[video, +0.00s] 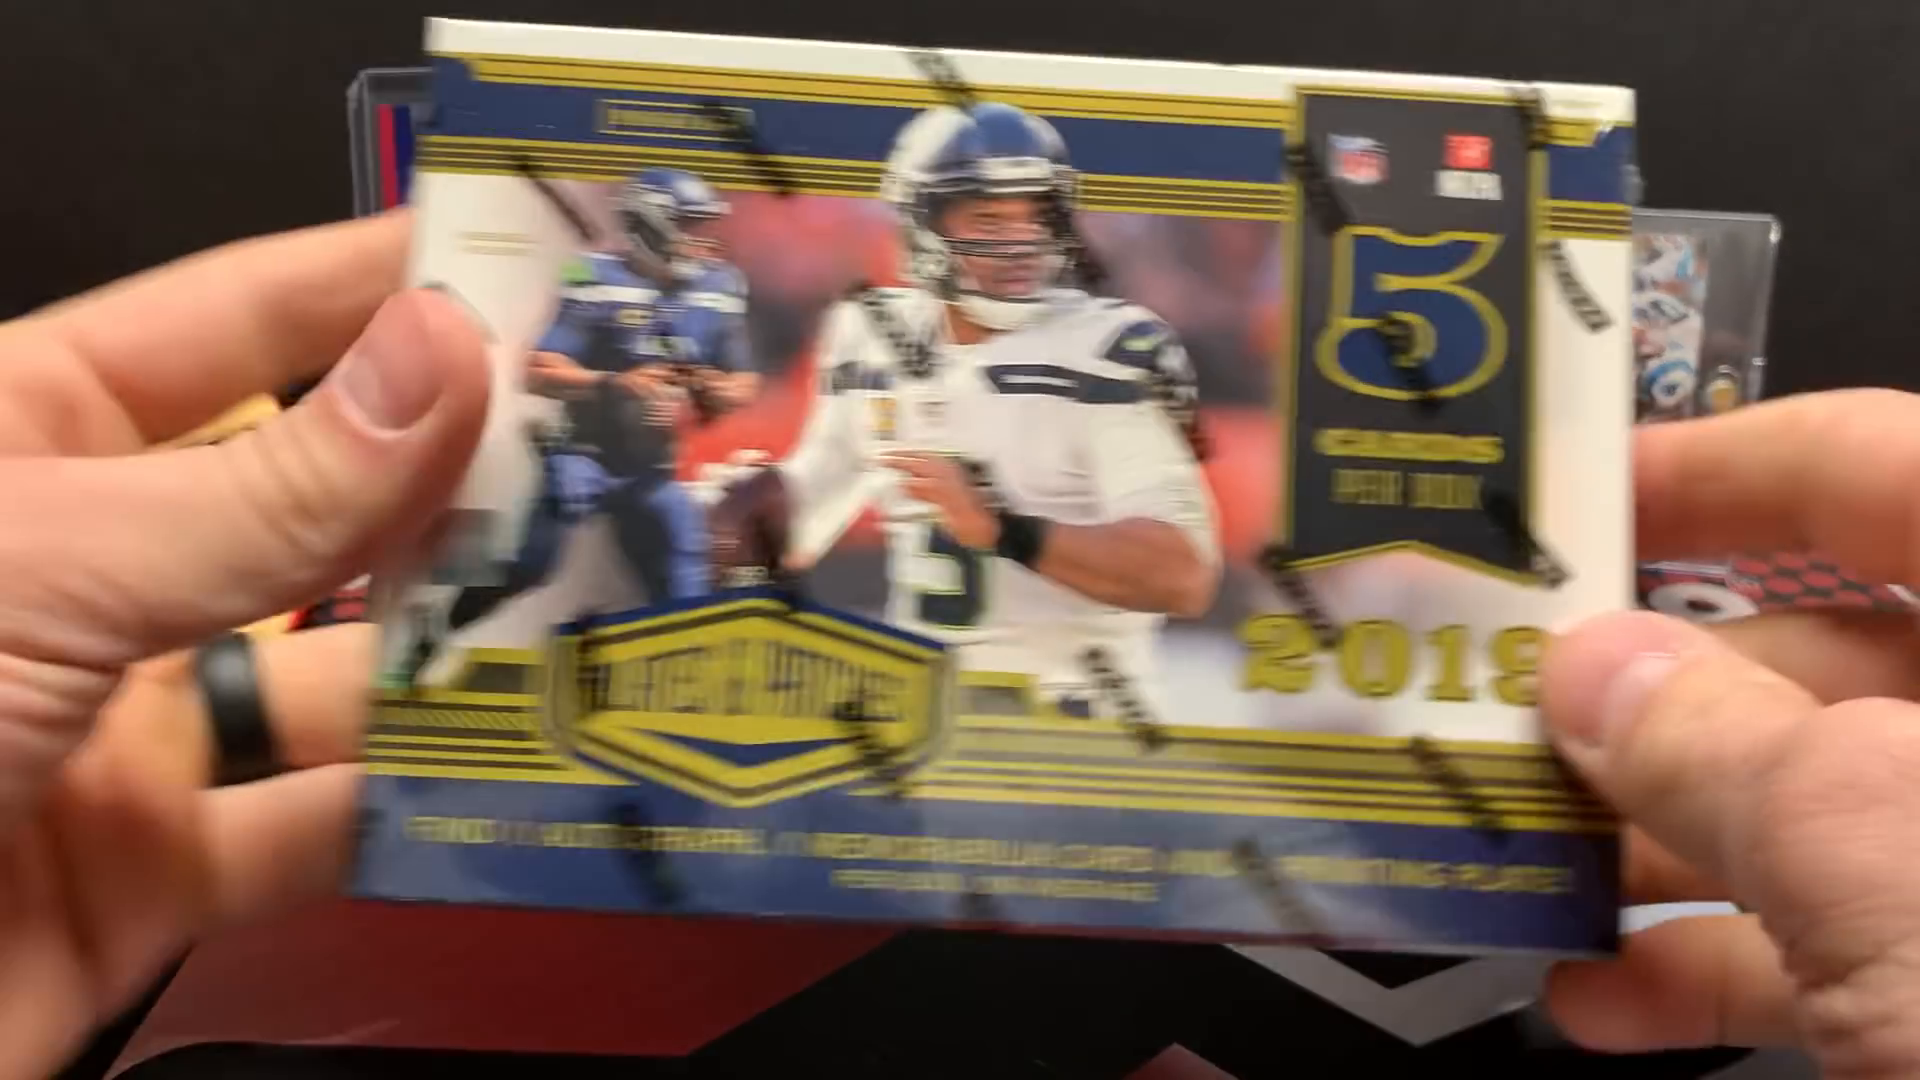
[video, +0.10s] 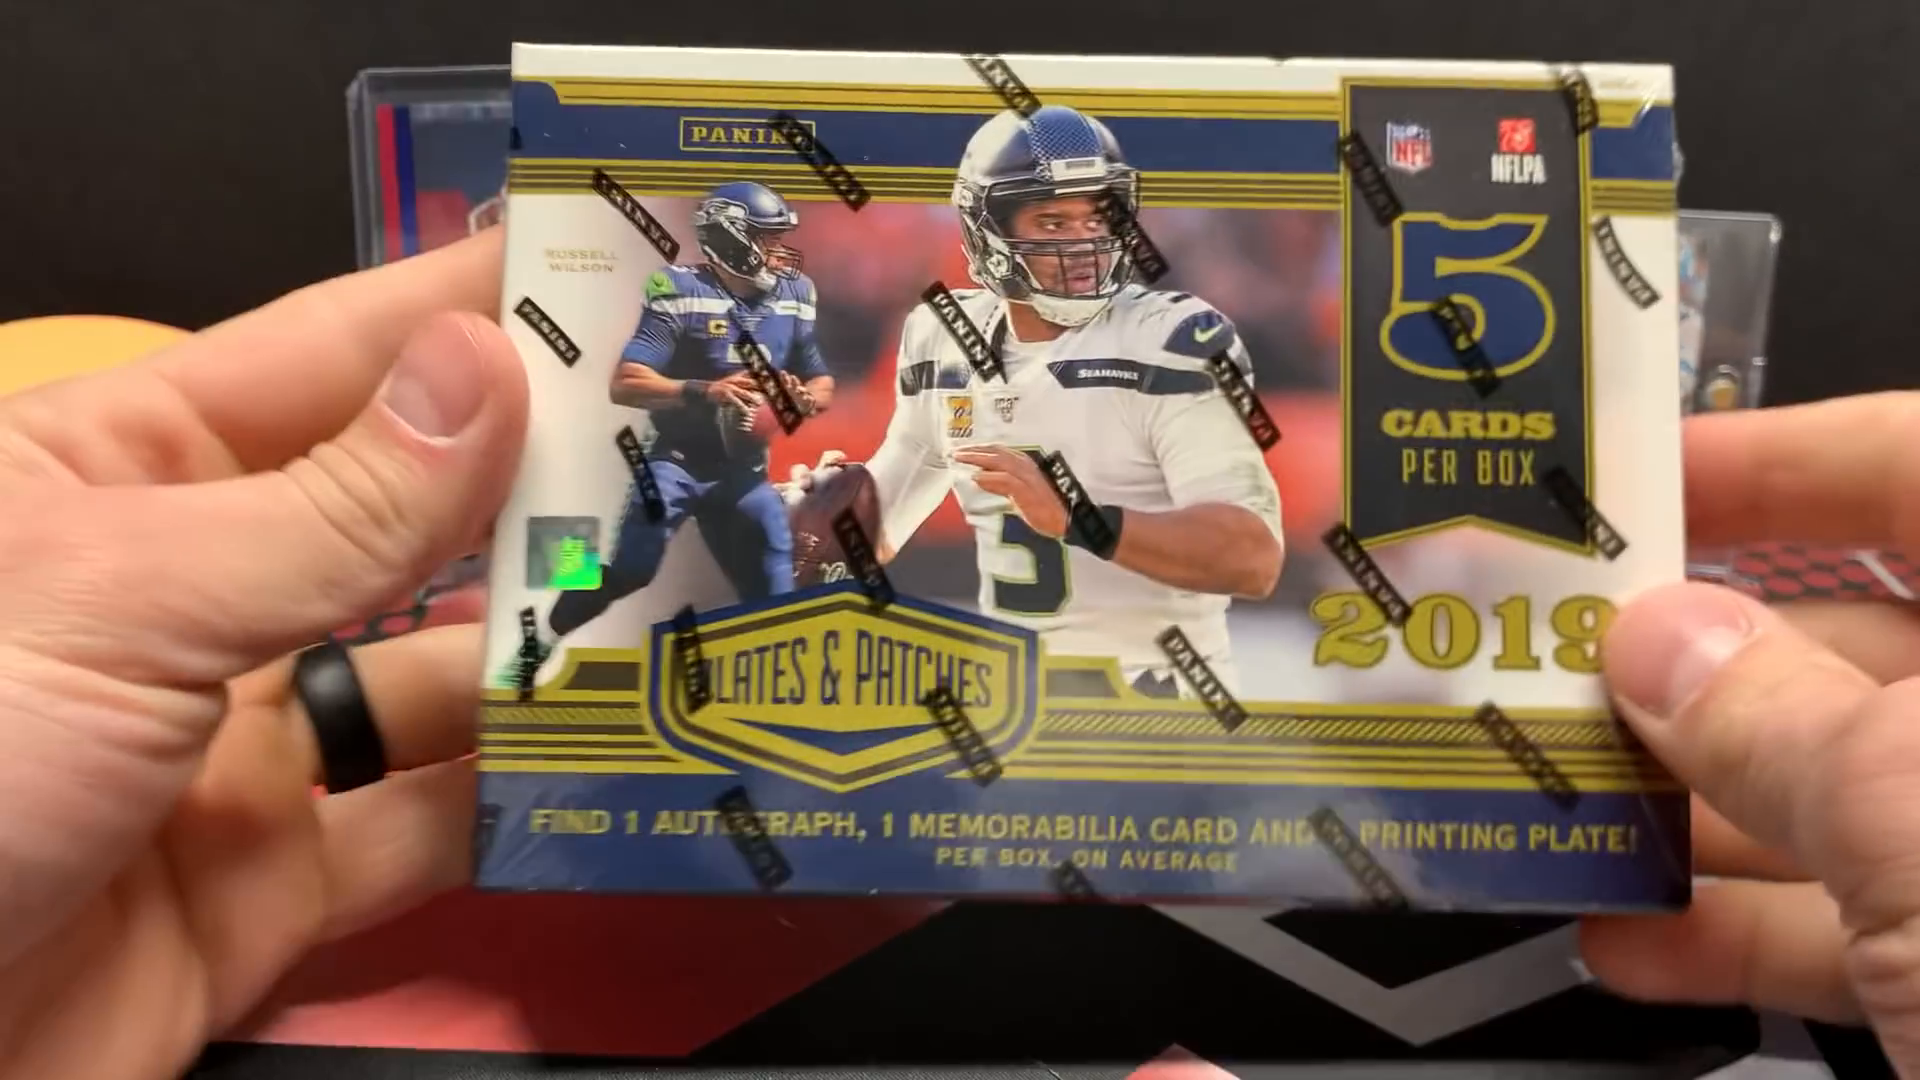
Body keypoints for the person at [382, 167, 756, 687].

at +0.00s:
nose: (702, 240)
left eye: (704, 227)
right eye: (690, 226)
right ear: (649, 224)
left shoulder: (719, 289)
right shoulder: (593, 282)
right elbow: (540, 369)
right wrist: (616, 383)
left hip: (653, 466)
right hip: (581, 458)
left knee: (686, 583)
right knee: (534, 563)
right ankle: (438, 627)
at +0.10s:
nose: (779, 249)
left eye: (778, 237)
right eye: (767, 238)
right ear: (727, 239)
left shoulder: (796, 293)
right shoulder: (675, 291)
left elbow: (821, 383)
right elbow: (626, 384)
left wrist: (801, 398)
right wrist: (701, 389)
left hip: (744, 472)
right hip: (674, 463)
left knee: (776, 598)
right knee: (633, 568)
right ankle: (543, 634)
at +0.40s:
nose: (720, 255)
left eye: (721, 245)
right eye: (709, 245)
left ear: (723, 246)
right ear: (672, 247)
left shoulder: (738, 295)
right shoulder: (627, 294)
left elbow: (765, 382)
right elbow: (582, 386)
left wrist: (746, 395)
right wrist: (655, 389)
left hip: (695, 465)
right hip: (629, 458)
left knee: (727, 582)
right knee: (592, 558)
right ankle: (507, 637)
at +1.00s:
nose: (712, 215)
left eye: (712, 204)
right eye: (701, 204)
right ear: (666, 206)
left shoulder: (724, 253)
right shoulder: (615, 251)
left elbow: (747, 336)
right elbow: (565, 336)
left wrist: (727, 348)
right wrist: (640, 342)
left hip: (672, 414)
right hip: (608, 406)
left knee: (699, 531)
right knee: (564, 504)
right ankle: (480, 570)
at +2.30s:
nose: (729, 225)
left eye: (730, 214)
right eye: (718, 214)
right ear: (682, 215)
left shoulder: (743, 264)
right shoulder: (633, 262)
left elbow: (766, 351)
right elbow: (582, 350)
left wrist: (745, 364)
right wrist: (659, 356)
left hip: (692, 430)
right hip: (627, 423)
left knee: (720, 548)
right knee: (583, 523)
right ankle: (499, 592)